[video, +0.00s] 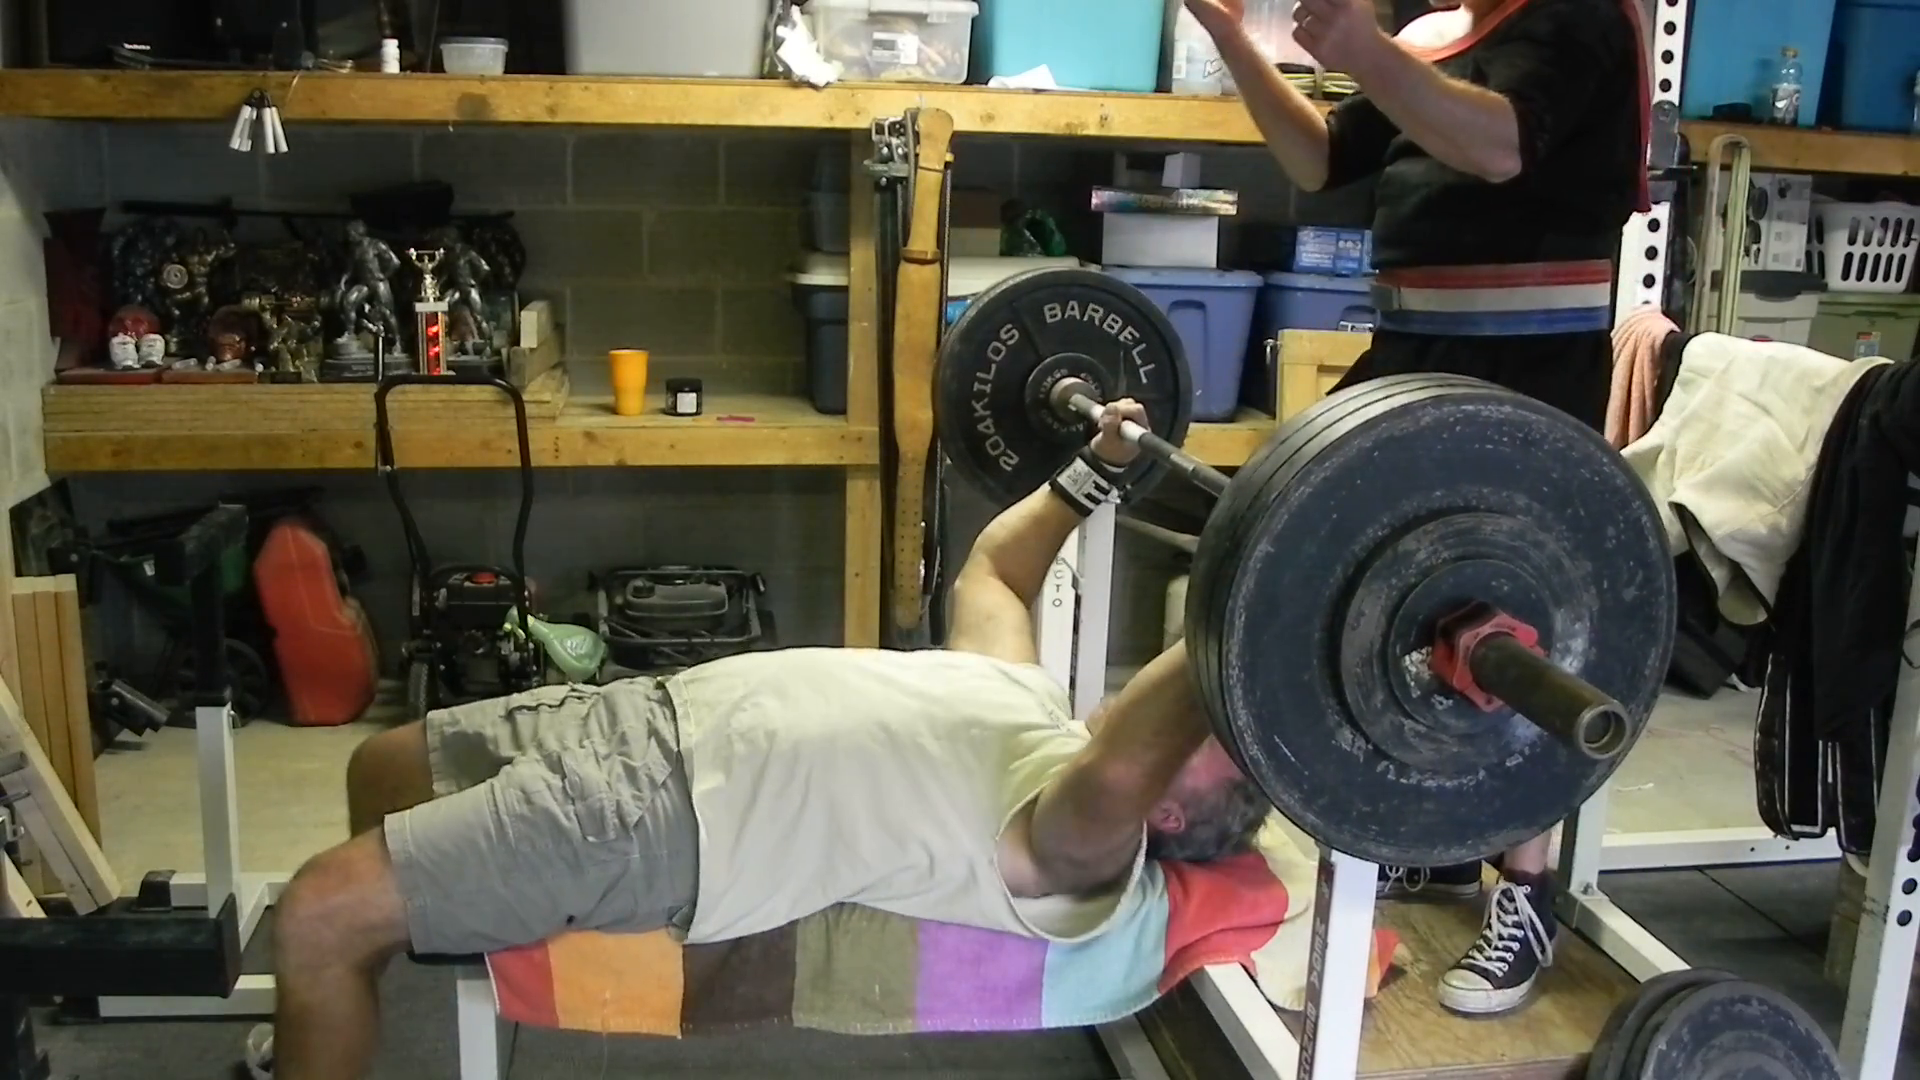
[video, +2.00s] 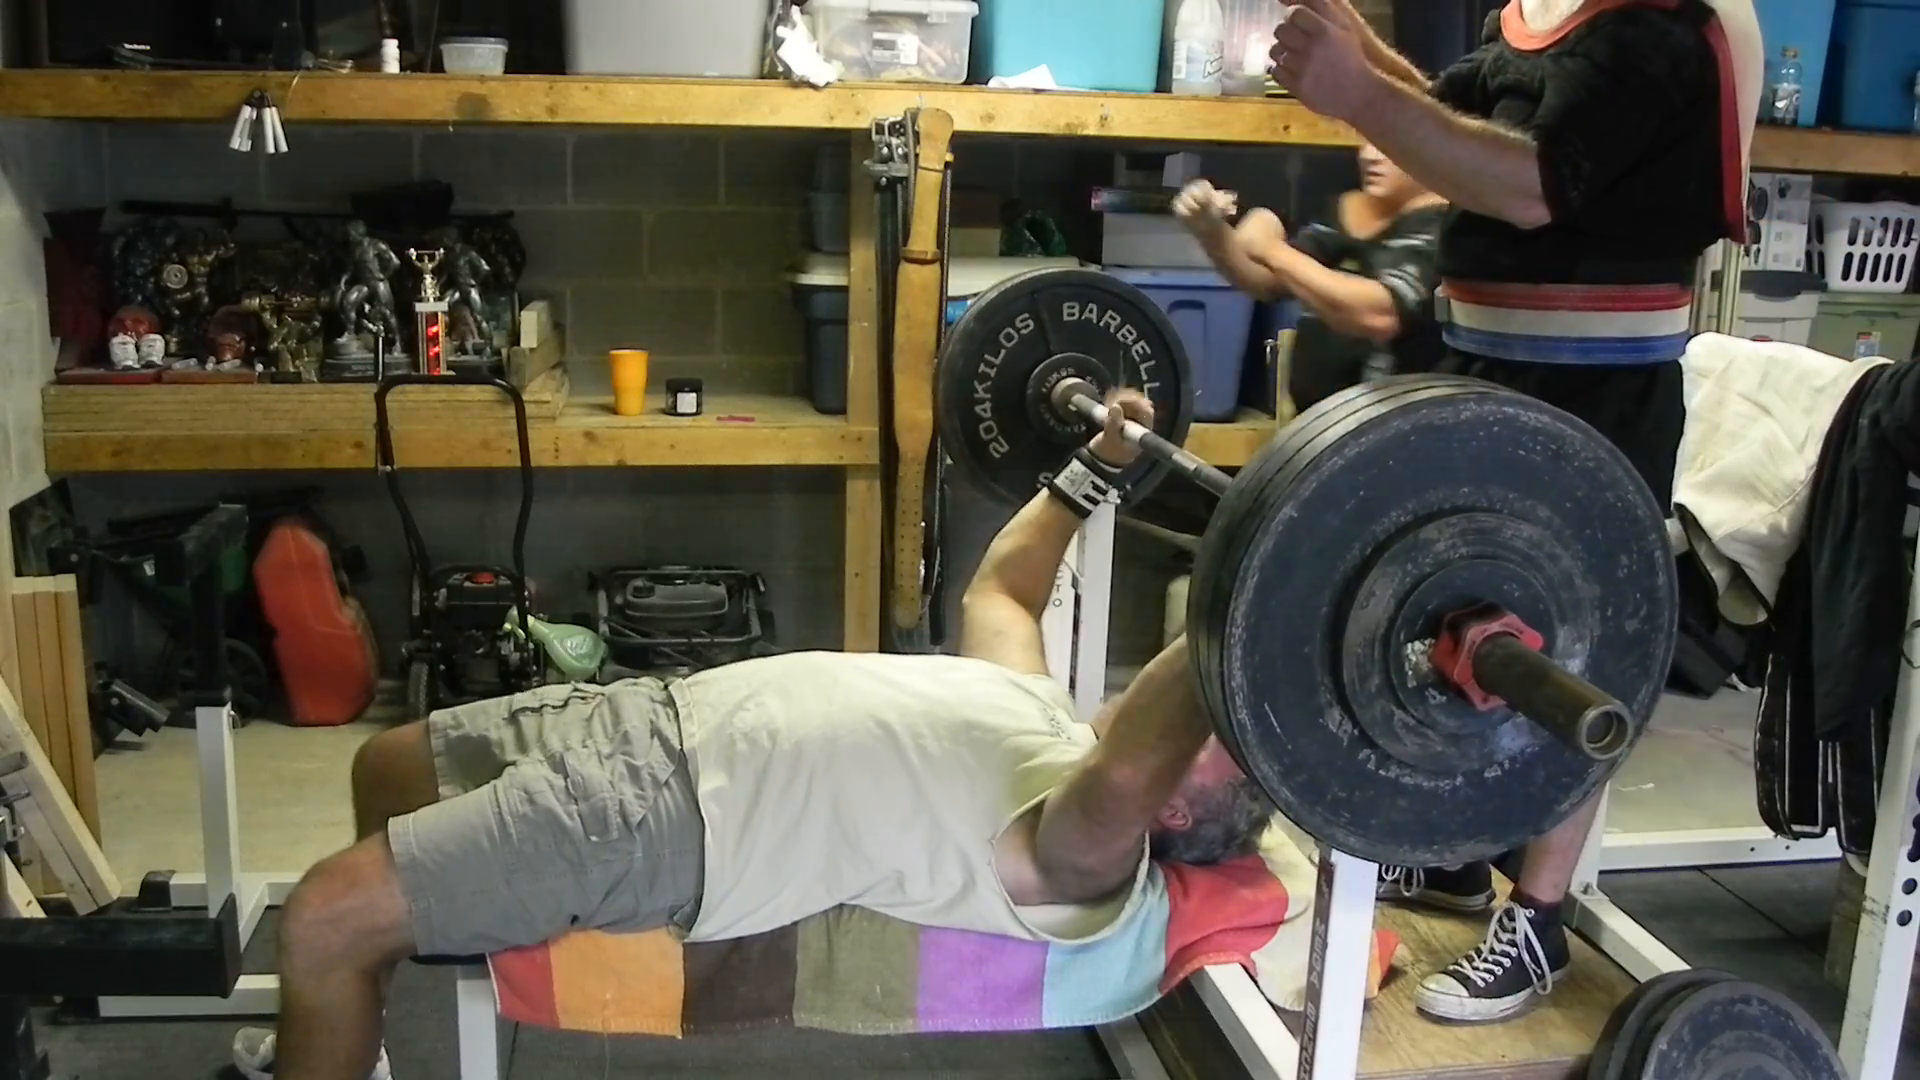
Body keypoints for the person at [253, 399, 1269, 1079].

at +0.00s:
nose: (1185, 731)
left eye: (1218, 745)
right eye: (1202, 716)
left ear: (1206, 810)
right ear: (1173, 719)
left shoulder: (1074, 851)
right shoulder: (1017, 702)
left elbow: (1125, 761)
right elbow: (999, 570)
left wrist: (1250, 623)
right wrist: (1086, 472)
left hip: (656, 821)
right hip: (635, 709)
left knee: (320, 914)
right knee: (384, 768)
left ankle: (318, 1062)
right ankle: (424, 951)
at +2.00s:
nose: (1191, 734)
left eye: (1220, 744)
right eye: (1207, 720)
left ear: (1214, 801)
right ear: (1184, 736)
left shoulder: (1080, 853)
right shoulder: (1026, 714)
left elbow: (1143, 753)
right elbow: (1008, 588)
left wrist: (1258, 608)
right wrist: (1091, 469)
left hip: (667, 818)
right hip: (648, 709)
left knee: (325, 921)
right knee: (386, 766)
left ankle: (331, 1065)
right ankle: (407, 991)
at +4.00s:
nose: (1181, 727)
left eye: (1207, 742)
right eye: (1203, 723)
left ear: (1202, 812)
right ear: (1187, 729)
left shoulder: (1078, 865)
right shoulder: (1043, 716)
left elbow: (1143, 754)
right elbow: (1013, 585)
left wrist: (1275, 596)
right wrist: (1104, 464)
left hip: (662, 817)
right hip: (648, 712)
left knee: (323, 922)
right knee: (391, 762)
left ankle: (332, 1064)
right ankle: (374, 1016)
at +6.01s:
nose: (1185, 715)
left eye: (1216, 735)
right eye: (1209, 716)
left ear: (1202, 827)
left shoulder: (1088, 868)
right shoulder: (1049, 723)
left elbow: (1151, 757)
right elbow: (1014, 586)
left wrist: (1277, 594)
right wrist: (1098, 486)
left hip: (669, 817)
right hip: (660, 714)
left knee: (326, 916)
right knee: (390, 769)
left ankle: (327, 1065)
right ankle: (359, 1010)